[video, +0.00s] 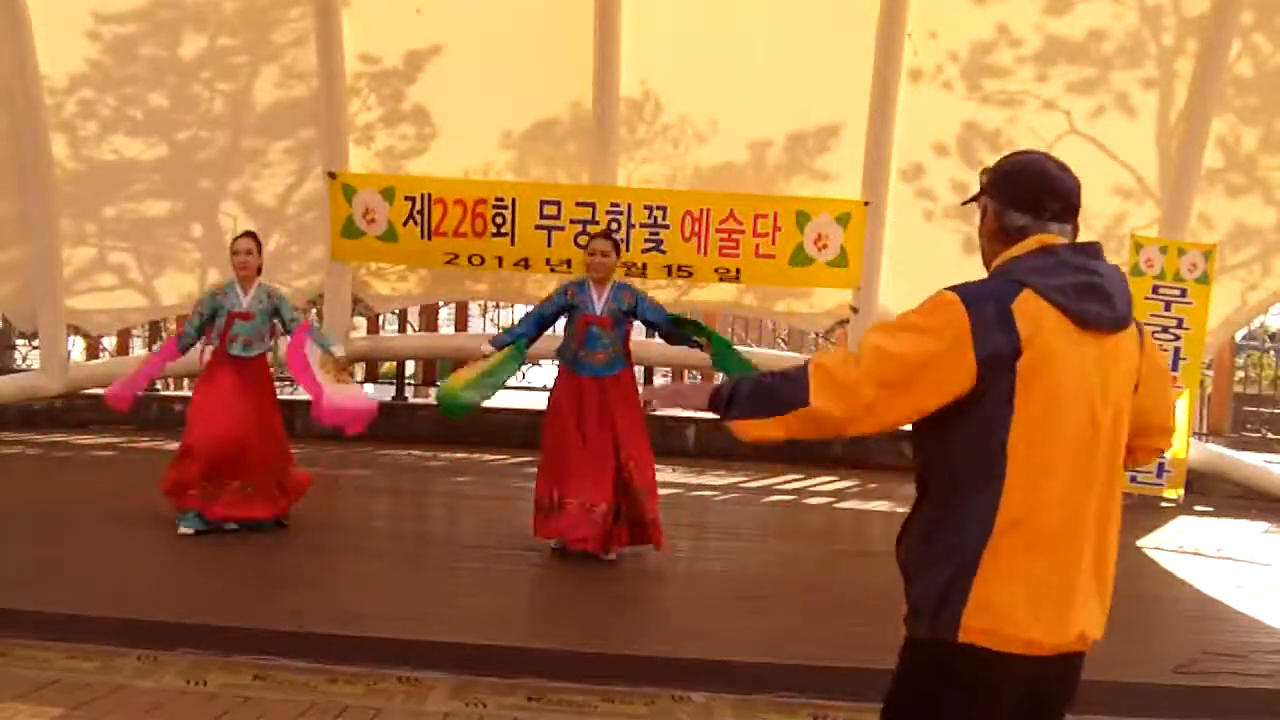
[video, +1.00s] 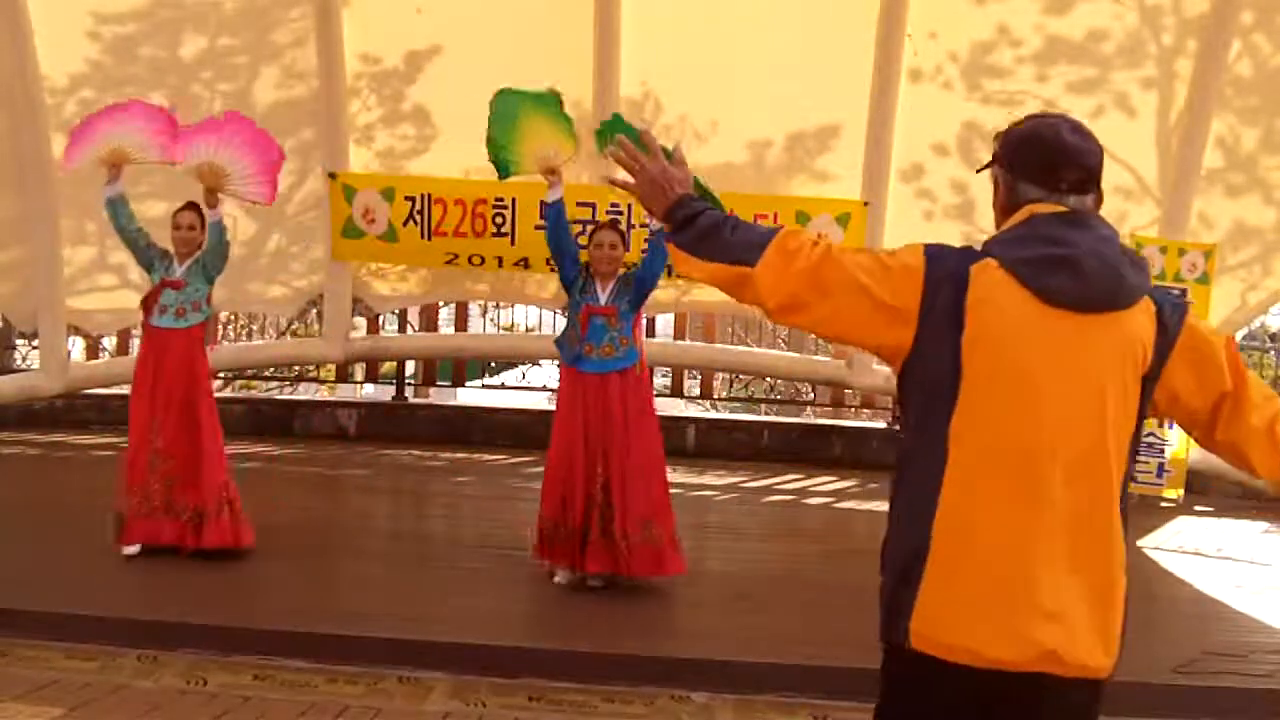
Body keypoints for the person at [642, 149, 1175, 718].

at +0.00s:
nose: (976, 227)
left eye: (979, 212)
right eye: (979, 212)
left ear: (992, 219)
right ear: (1064, 225)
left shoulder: (984, 310)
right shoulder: (1126, 329)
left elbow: (854, 386)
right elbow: (1150, 436)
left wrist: (735, 397)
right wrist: (1074, 431)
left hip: (972, 628)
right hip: (1065, 632)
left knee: (919, 711)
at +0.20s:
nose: (1010, 224)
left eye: (1013, 207)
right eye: (1013, 208)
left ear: (1027, 209)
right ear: (1107, 220)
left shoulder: (984, 300)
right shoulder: (1159, 335)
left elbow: (841, 314)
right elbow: (1219, 417)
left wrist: (734, 250)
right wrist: (1189, 355)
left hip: (956, 612)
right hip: (1058, 623)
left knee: (914, 719)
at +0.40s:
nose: (1010, 224)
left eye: (1014, 211)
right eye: (1014, 212)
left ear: (1030, 218)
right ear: (1111, 232)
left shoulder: (972, 302)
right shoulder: (1155, 347)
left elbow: (839, 278)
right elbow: (1237, 445)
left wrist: (714, 230)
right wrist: (1265, 485)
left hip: (940, 619)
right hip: (1047, 635)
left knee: (898, 714)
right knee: (1015, 715)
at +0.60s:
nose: (998, 219)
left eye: (1002, 208)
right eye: (1003, 209)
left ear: (1015, 217)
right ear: (1099, 234)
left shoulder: (951, 300)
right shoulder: (1144, 354)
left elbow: (819, 276)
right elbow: (1247, 458)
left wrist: (696, 225)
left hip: (910, 632)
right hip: (1024, 651)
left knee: (872, 713)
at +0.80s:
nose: (974, 218)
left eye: (979, 205)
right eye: (982, 206)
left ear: (992, 216)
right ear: (1075, 230)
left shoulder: (921, 297)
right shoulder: (1126, 347)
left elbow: (793, 268)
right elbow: (1235, 447)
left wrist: (682, 204)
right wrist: (1272, 469)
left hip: (902, 627)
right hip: (1024, 645)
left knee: (865, 712)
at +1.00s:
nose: (989, 197)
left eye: (992, 183)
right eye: (994, 184)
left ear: (1006, 189)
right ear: (1088, 199)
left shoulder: (949, 280)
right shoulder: (1155, 321)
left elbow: (805, 270)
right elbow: (1255, 430)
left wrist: (689, 214)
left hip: (950, 632)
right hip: (1078, 646)